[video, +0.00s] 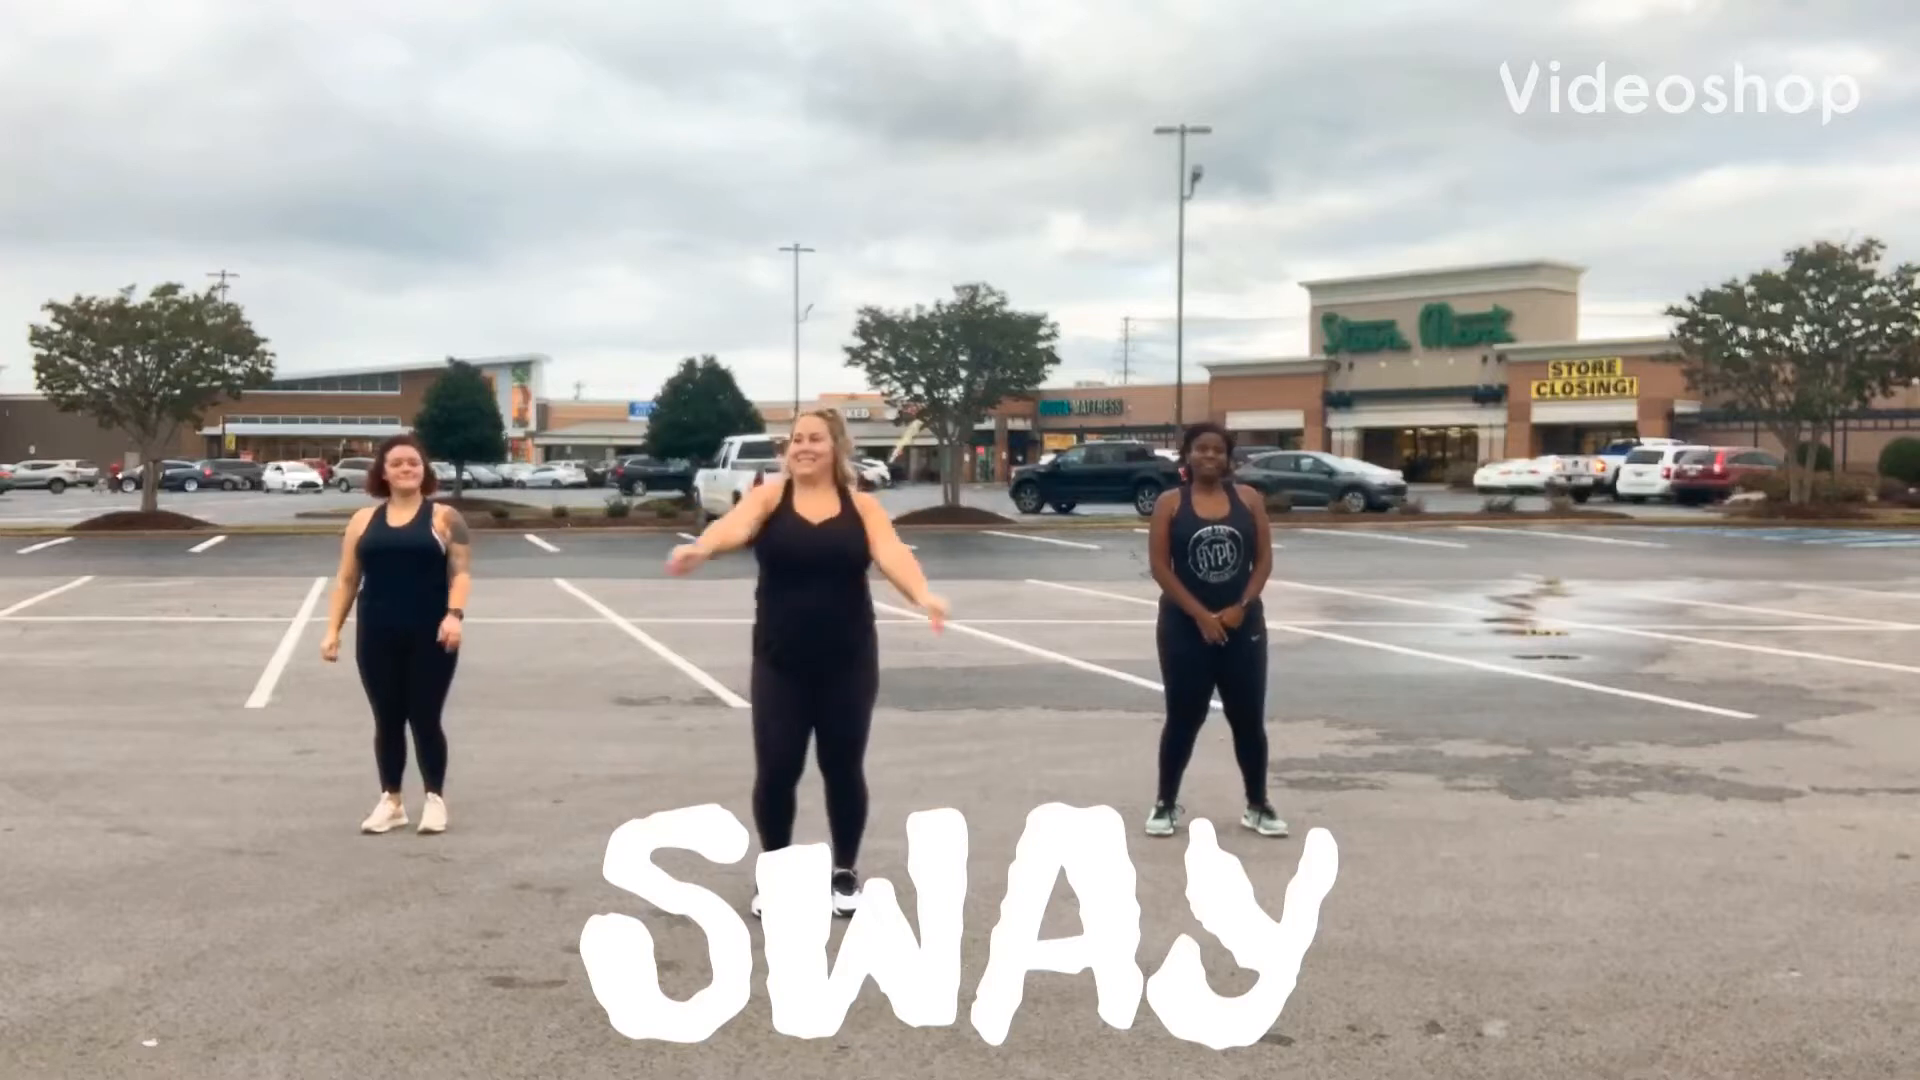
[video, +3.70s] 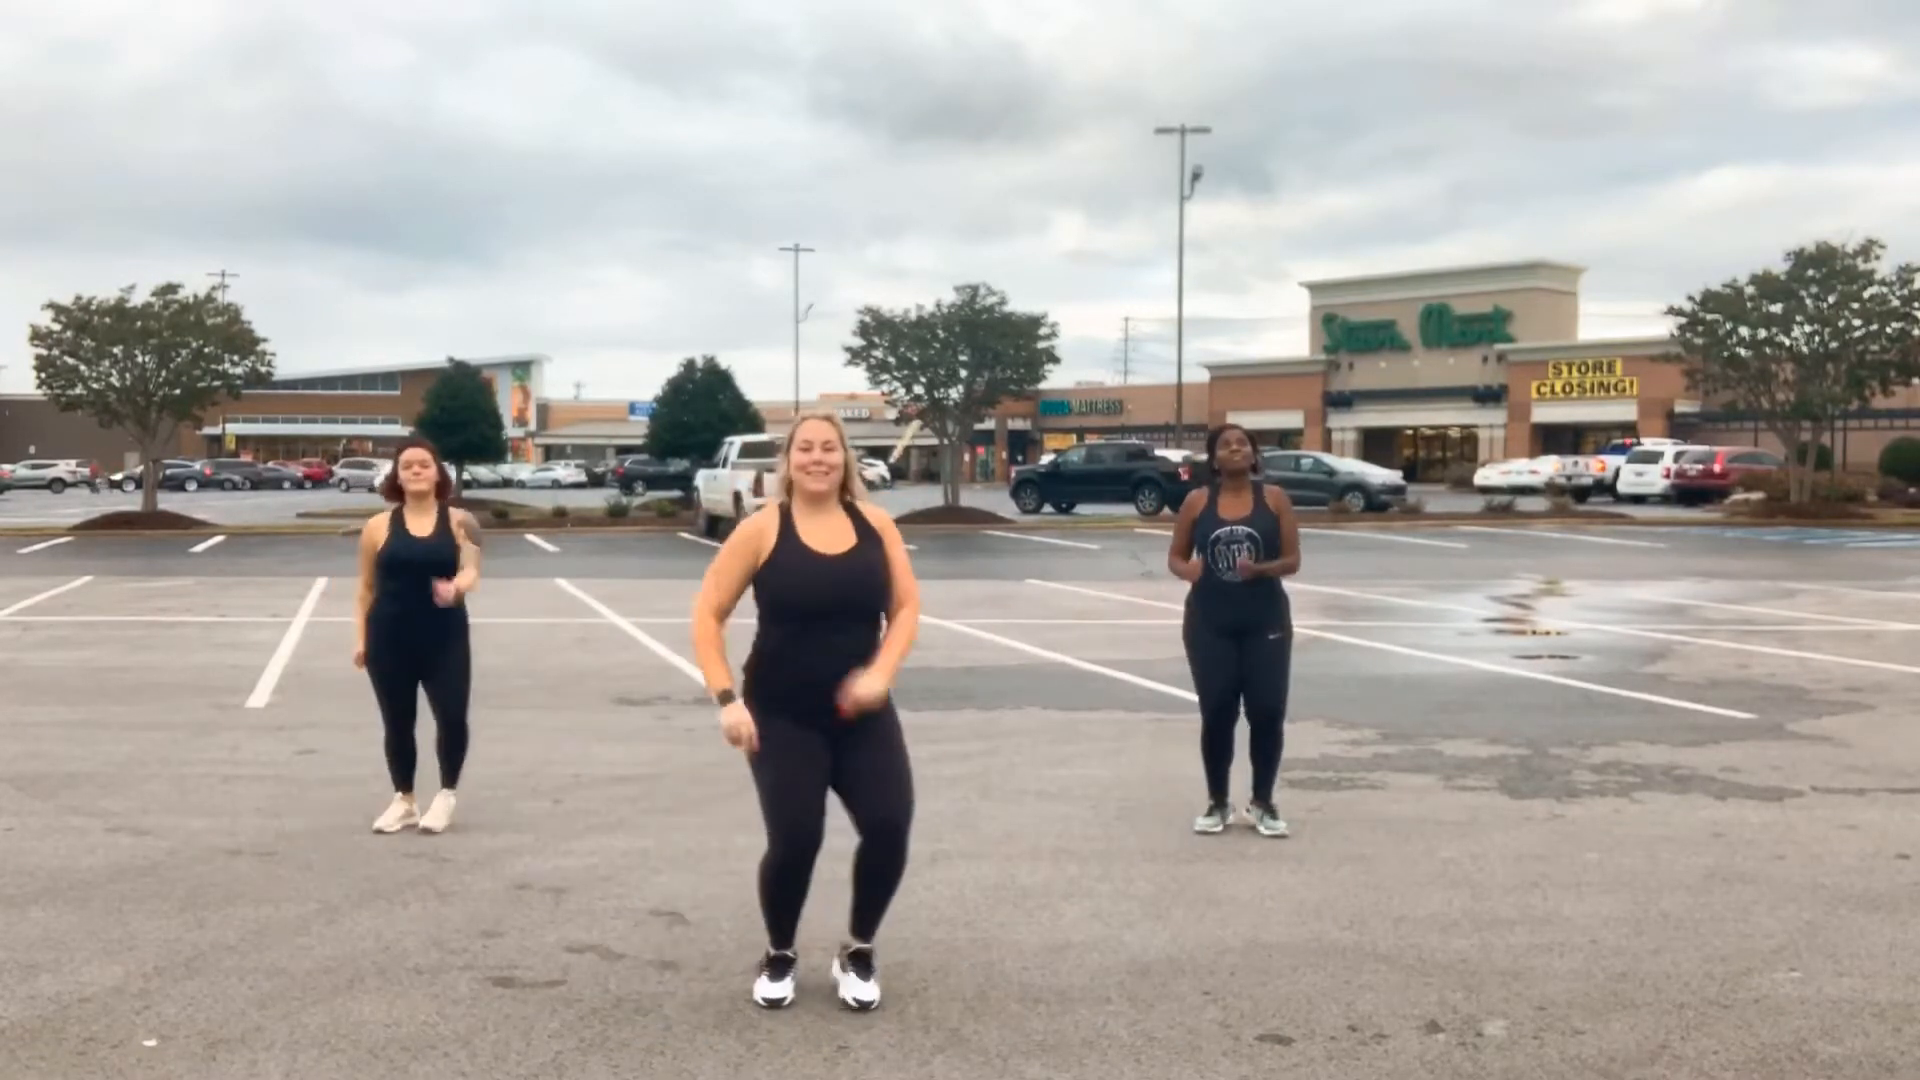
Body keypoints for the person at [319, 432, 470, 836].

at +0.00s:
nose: (405, 469)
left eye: (412, 462)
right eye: (396, 463)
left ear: (424, 470)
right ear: (383, 473)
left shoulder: (444, 518)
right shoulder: (363, 520)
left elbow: (460, 570)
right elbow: (347, 580)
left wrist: (454, 614)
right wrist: (333, 630)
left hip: (430, 636)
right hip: (378, 637)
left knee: (425, 718)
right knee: (387, 720)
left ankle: (434, 798)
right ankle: (390, 799)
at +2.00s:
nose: (413, 469)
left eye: (421, 462)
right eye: (405, 463)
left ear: (435, 469)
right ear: (394, 471)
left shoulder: (456, 518)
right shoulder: (374, 518)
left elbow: (481, 572)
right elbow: (361, 577)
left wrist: (485, 625)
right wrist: (345, 624)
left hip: (445, 633)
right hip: (393, 633)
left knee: (433, 716)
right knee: (395, 718)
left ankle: (435, 800)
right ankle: (396, 798)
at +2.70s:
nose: (404, 474)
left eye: (412, 467)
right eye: (396, 468)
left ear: (426, 473)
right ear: (385, 477)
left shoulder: (450, 522)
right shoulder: (367, 528)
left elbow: (472, 574)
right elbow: (354, 585)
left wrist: (467, 616)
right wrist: (348, 629)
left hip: (435, 641)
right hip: (380, 641)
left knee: (428, 724)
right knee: (359, 720)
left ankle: (435, 799)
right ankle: (378, 791)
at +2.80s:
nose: (399, 471)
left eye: (407, 464)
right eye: (391, 465)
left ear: (422, 471)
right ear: (380, 475)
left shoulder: (445, 519)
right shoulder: (362, 524)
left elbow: (483, 567)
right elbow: (349, 576)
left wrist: (472, 618)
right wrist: (341, 597)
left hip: (427, 638)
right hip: (372, 635)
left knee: (423, 721)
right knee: (340, 714)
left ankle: (434, 799)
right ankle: (334, 790)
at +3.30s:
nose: (407, 472)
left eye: (415, 466)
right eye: (399, 467)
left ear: (428, 474)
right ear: (387, 476)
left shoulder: (449, 523)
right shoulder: (369, 522)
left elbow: (473, 578)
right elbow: (345, 578)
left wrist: (453, 588)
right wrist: (314, 595)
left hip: (437, 640)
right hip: (384, 637)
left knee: (424, 722)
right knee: (344, 710)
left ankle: (434, 799)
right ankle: (336, 792)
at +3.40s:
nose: (409, 466)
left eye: (417, 459)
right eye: (401, 461)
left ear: (432, 467)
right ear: (391, 470)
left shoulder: (452, 514)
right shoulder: (373, 518)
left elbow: (486, 561)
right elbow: (351, 568)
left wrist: (452, 550)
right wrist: (332, 599)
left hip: (439, 633)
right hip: (385, 631)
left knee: (427, 717)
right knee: (365, 712)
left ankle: (434, 798)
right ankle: (377, 789)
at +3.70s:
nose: (416, 471)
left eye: (424, 465)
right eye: (408, 466)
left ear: (438, 473)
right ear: (397, 476)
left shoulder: (459, 523)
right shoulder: (377, 527)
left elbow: (470, 571)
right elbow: (366, 588)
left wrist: (456, 586)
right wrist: (362, 640)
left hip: (445, 638)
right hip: (388, 638)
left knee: (452, 719)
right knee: (397, 724)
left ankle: (447, 794)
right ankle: (404, 799)